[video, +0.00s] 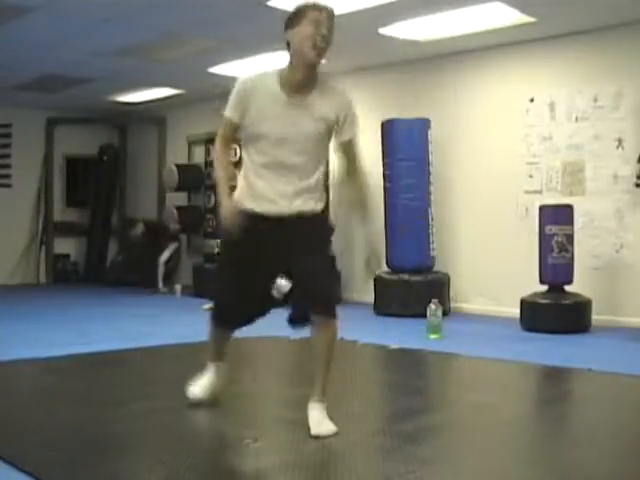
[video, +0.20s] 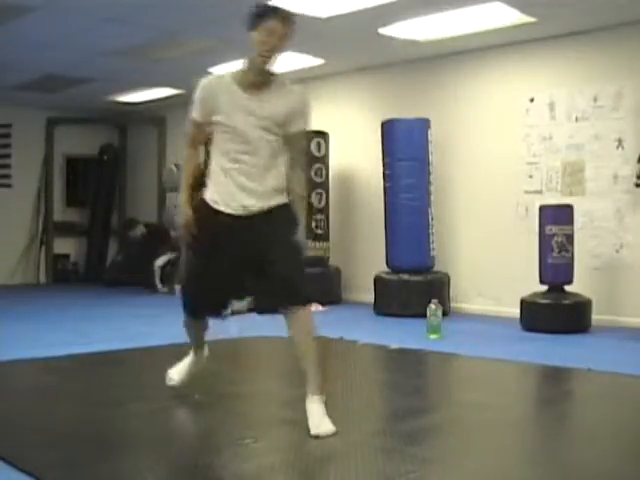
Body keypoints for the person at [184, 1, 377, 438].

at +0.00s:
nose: (321, 38)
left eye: (327, 34)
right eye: (313, 29)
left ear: (330, 44)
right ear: (290, 33)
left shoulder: (337, 100)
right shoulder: (249, 88)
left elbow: (349, 162)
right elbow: (223, 144)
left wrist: (359, 210)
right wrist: (225, 198)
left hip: (307, 222)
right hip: (252, 217)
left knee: (325, 309)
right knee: (227, 305)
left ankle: (318, 403)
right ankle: (215, 368)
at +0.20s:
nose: (271, 43)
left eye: (279, 38)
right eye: (266, 33)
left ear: (286, 45)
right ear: (251, 34)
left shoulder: (292, 98)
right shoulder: (213, 87)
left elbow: (299, 166)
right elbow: (194, 147)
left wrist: (300, 223)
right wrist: (186, 201)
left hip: (273, 216)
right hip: (216, 213)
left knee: (297, 301)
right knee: (193, 297)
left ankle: (314, 397)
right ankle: (198, 352)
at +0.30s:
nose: (230, 52)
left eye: (238, 45)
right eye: (225, 43)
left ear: (247, 48)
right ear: (212, 45)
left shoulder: (264, 102)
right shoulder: (189, 101)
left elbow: (285, 165)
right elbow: (174, 157)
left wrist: (296, 220)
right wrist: (157, 205)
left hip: (254, 217)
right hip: (200, 218)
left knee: (276, 302)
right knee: (177, 299)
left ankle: (300, 391)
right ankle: (194, 366)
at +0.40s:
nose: (195, 66)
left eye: (204, 59)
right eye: (190, 58)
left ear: (218, 63)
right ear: (182, 63)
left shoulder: (241, 110)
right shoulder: (174, 113)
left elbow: (274, 164)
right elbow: (167, 168)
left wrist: (300, 210)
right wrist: (143, 214)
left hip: (236, 221)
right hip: (190, 223)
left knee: (249, 304)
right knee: (168, 302)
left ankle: (266, 387)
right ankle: (195, 370)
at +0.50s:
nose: (175, 55)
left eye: (184, 48)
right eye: (172, 48)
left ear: (204, 53)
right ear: (168, 54)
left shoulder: (231, 95)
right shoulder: (169, 102)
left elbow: (272, 139)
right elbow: (166, 152)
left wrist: (303, 179)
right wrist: (151, 195)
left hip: (228, 203)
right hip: (187, 205)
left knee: (219, 292)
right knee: (176, 291)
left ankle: (225, 376)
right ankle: (192, 368)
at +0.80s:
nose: (163, 91)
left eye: (167, 84)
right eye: (161, 85)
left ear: (190, 82)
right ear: (175, 85)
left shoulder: (217, 119)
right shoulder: (182, 116)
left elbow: (246, 153)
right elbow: (197, 159)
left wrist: (264, 174)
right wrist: (181, 175)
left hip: (211, 220)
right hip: (193, 218)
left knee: (165, 288)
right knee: (195, 287)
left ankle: (169, 360)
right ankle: (229, 338)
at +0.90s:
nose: (177, 99)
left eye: (179, 92)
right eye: (175, 93)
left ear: (197, 85)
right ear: (188, 88)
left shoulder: (230, 117)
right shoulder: (199, 117)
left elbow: (245, 171)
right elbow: (202, 167)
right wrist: (187, 197)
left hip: (222, 213)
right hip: (202, 212)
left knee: (183, 279)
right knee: (211, 278)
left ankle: (169, 359)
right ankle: (251, 325)